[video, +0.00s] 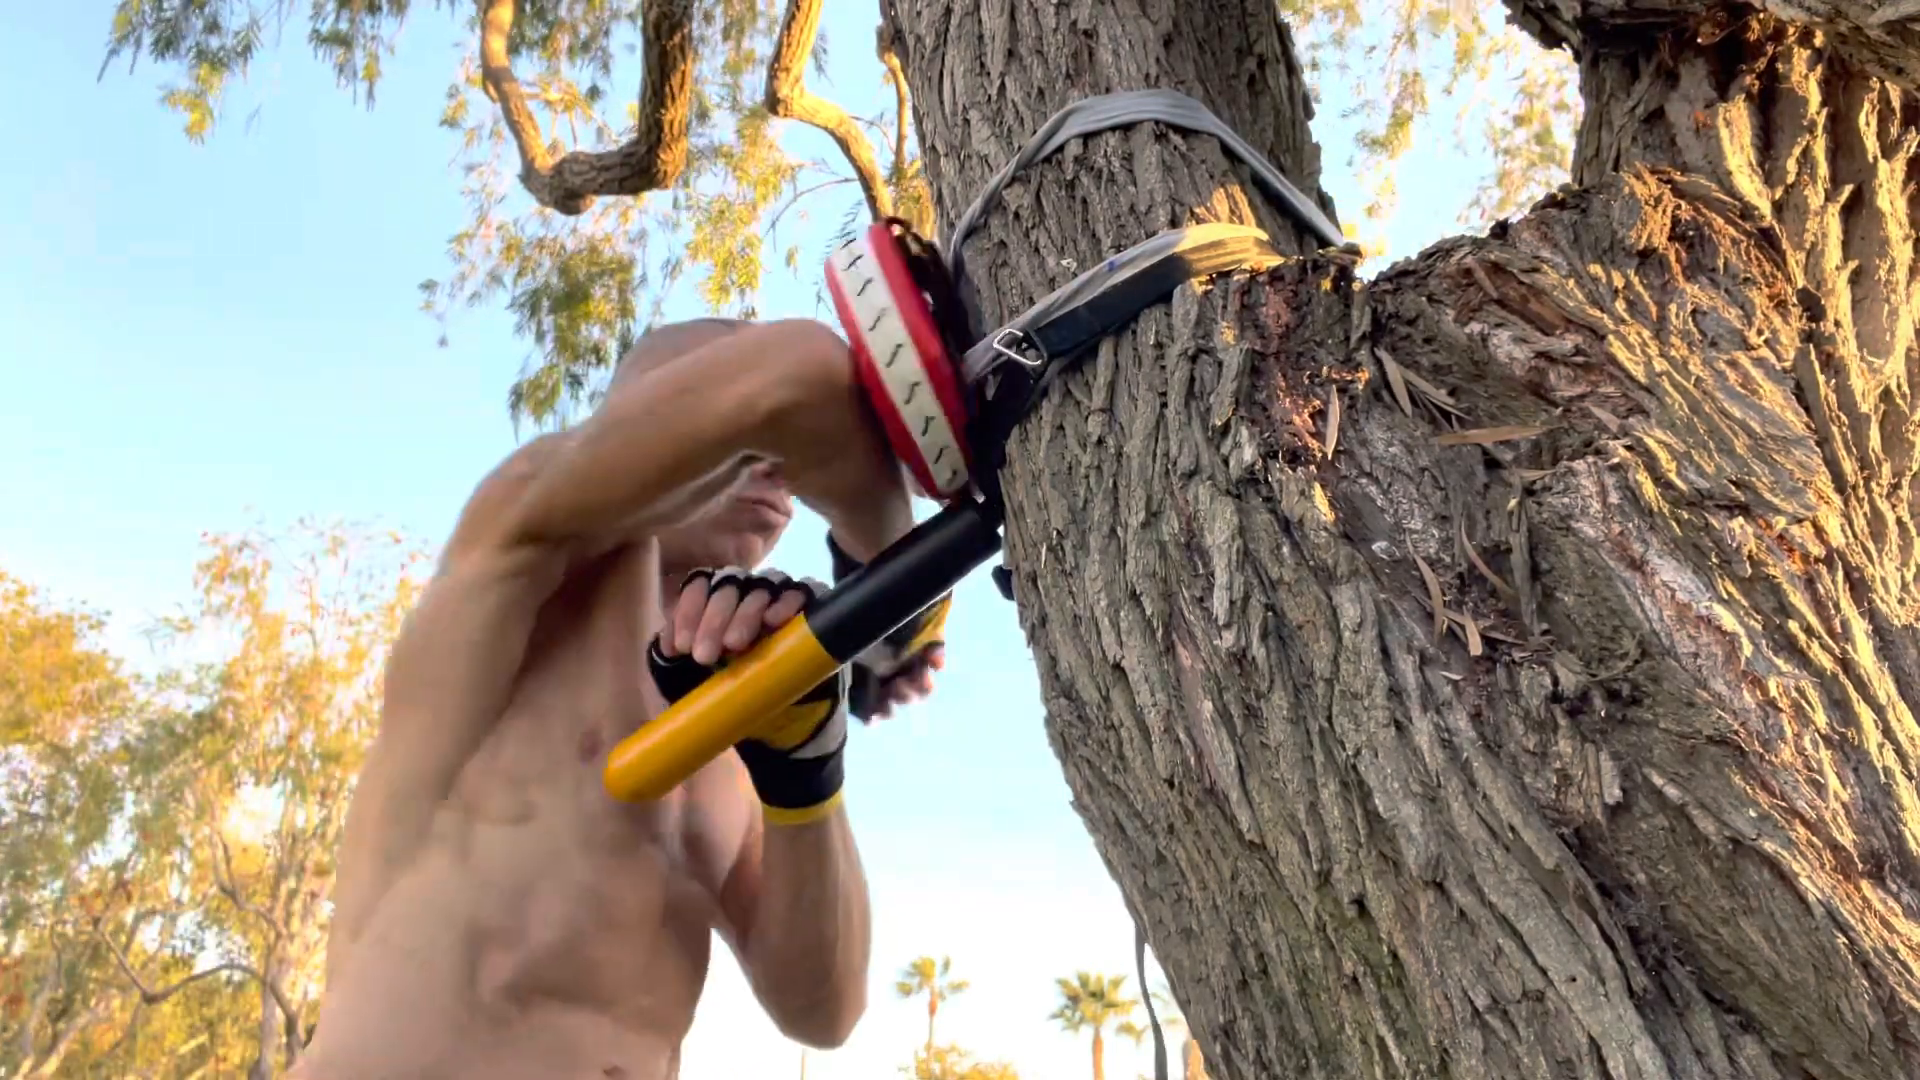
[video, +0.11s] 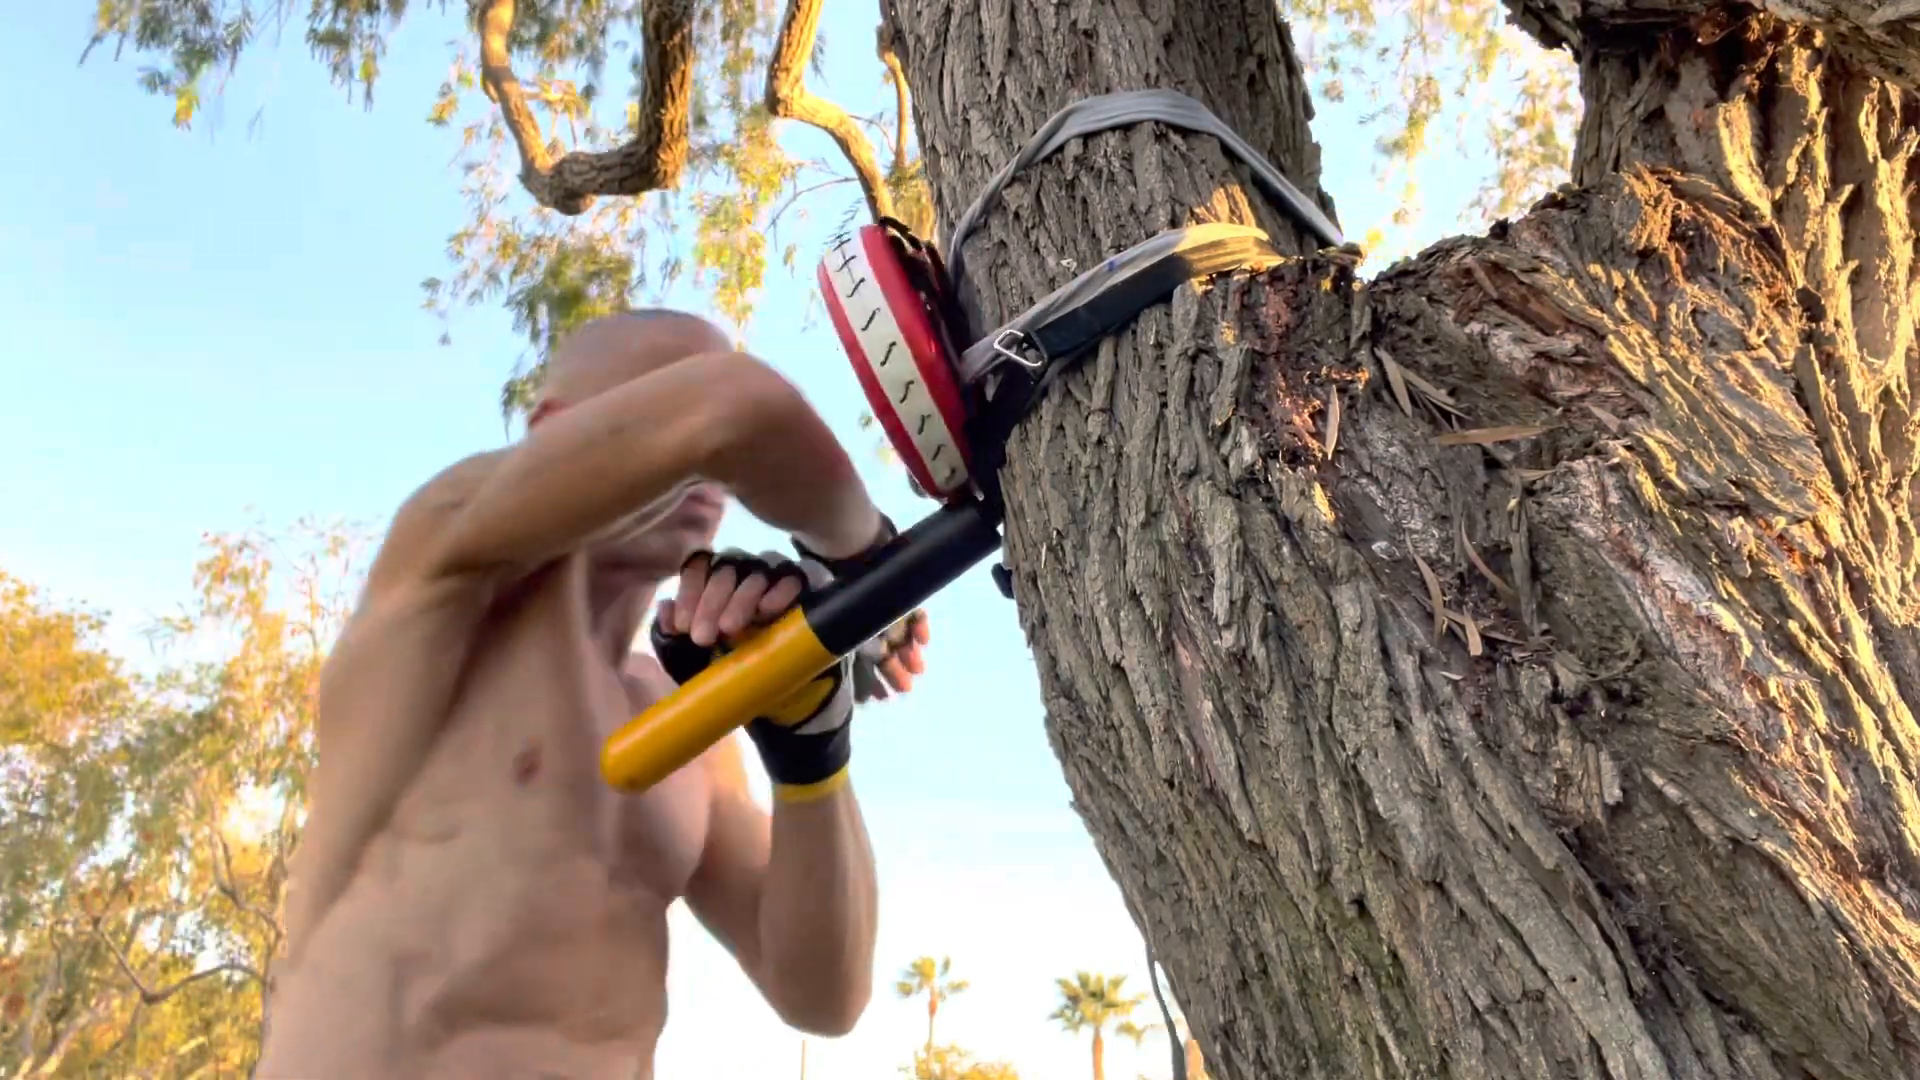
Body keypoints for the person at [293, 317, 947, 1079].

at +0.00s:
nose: (775, 471)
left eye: (780, 445)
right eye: (729, 428)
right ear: (630, 426)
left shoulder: (722, 744)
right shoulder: (522, 534)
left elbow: (820, 1009)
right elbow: (804, 366)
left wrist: (799, 761)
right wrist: (883, 569)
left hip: (634, 1057)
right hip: (411, 1049)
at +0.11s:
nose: (706, 461)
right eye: (670, 409)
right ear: (550, 427)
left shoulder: (690, 731)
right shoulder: (448, 548)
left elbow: (820, 996)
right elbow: (738, 403)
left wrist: (807, 745)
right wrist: (862, 550)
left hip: (609, 1056)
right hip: (382, 1049)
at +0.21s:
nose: (622, 495)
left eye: (648, 458)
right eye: (592, 450)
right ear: (480, 445)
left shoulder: (627, 732)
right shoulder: (357, 589)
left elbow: (774, 989)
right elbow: (638, 445)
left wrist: (784, 714)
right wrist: (823, 492)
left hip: (556, 1059)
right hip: (326, 1051)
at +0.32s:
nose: (510, 479)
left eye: (535, 459)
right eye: (469, 434)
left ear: (550, 485)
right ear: (340, 449)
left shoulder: (502, 746)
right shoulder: (191, 580)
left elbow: (630, 1044)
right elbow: (423, 593)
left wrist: (605, 822)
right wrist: (719, 420)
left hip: (443, 1059)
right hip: (204, 1047)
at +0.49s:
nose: (350, 474)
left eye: (373, 448)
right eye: (305, 423)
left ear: (387, 476)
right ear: (167, 436)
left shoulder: (378, 693)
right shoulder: (34, 629)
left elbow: (659, 828)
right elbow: (80, 910)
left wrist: (683, 605)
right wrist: (514, 784)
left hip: (314, 1062)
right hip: (97, 1063)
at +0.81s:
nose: (193, 456)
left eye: (223, 430)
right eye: (147, 407)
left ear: (239, 465)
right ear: (19, 429)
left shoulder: (281, 659)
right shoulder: (7, 657)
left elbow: (558, 672)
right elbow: (23, 831)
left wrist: (773, 512)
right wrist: (359, 746)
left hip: (272, 1060)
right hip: (49, 1058)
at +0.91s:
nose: (213, 452)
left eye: (243, 427)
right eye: (165, 403)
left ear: (260, 464)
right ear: (37, 430)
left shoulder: (313, 658)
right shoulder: (8, 663)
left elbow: (586, 739)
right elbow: (23, 832)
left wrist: (775, 531)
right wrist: (359, 729)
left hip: (301, 1060)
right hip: (55, 1056)